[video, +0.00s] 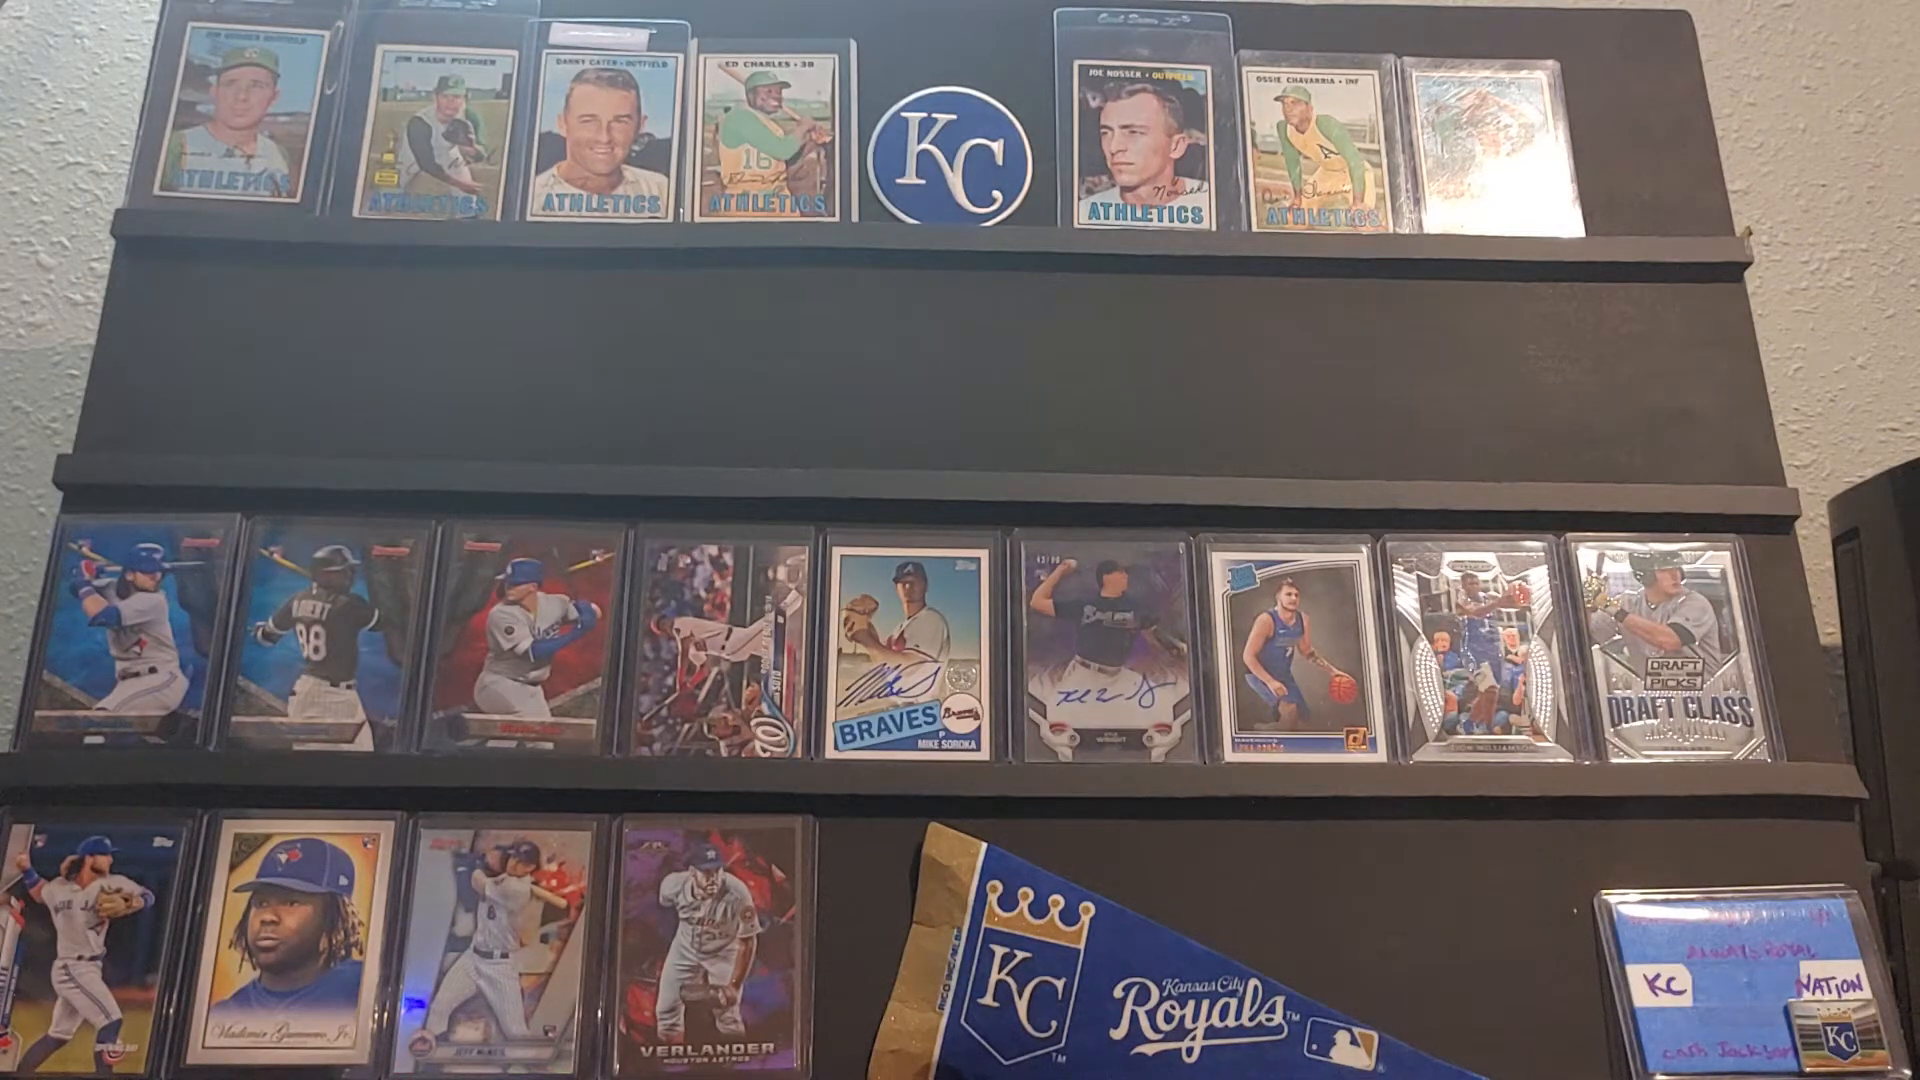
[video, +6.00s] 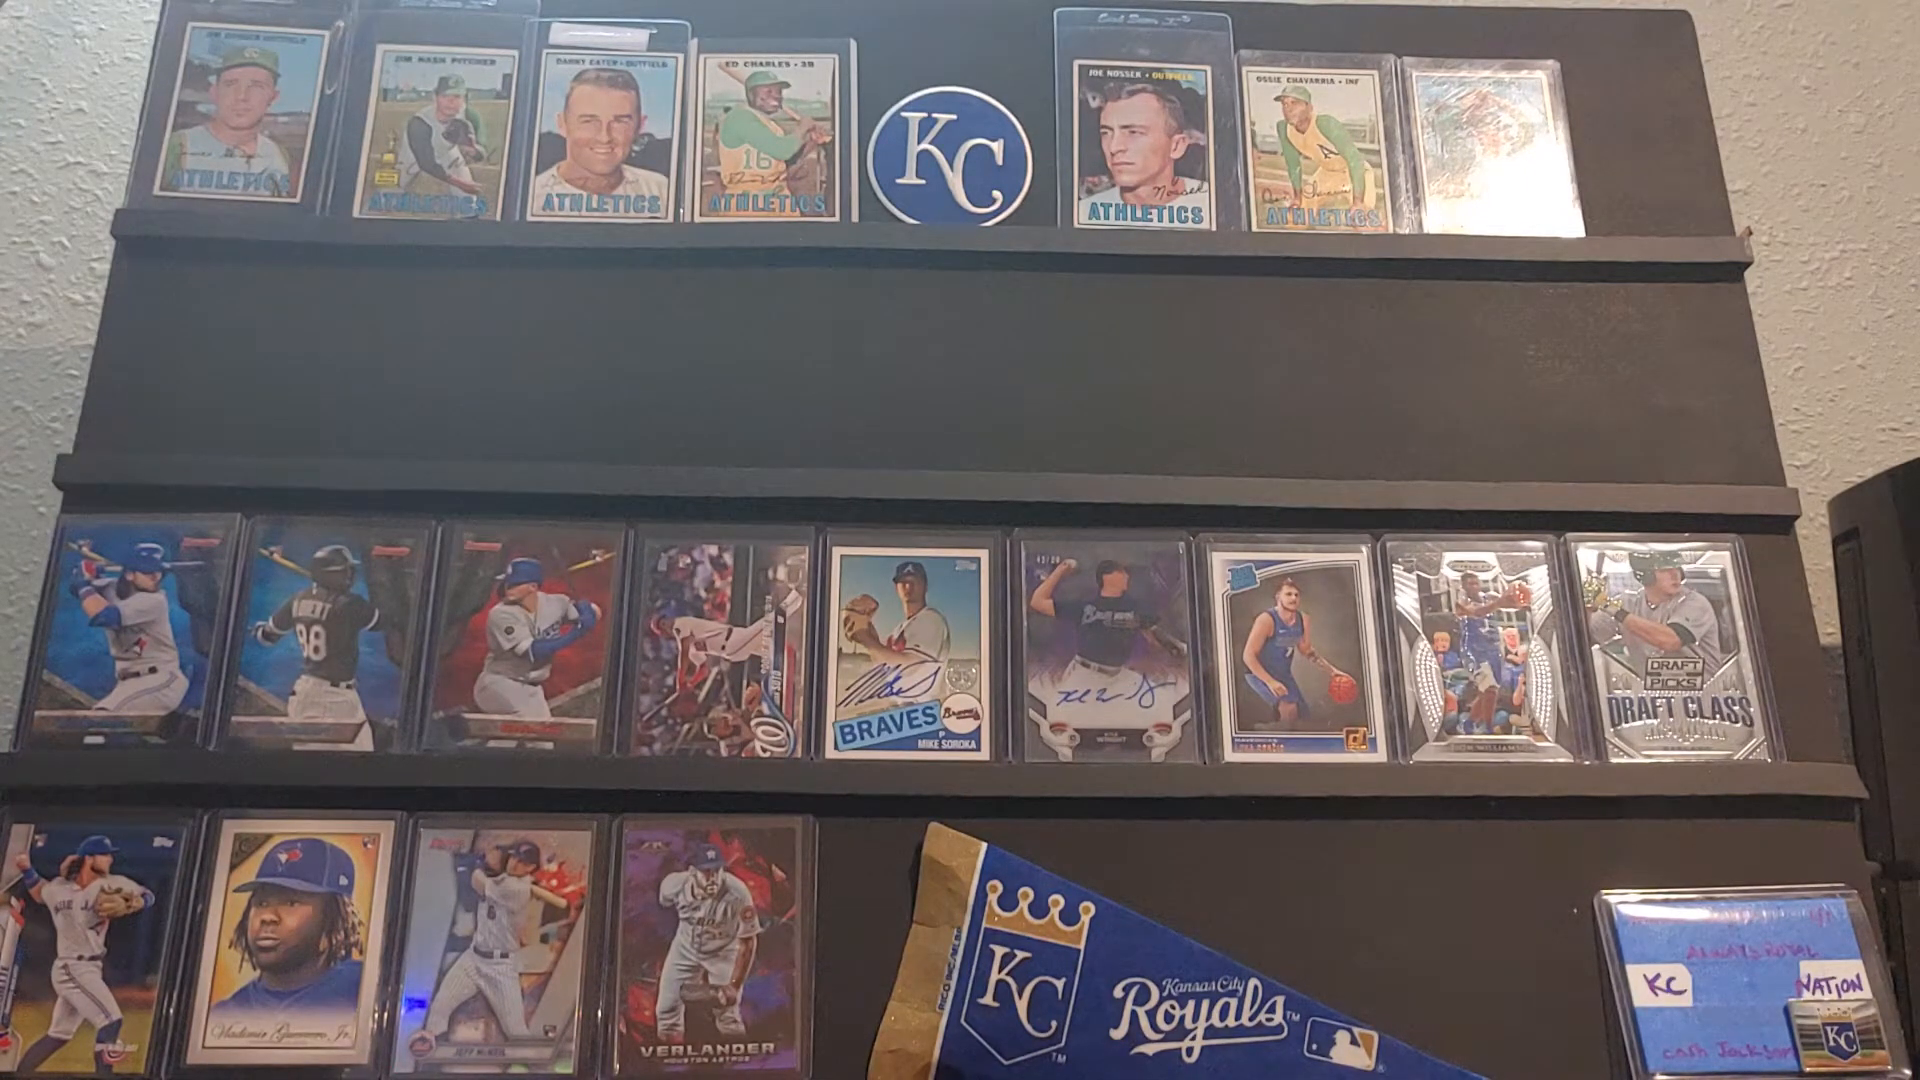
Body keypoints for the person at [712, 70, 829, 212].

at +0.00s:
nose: (777, 97)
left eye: (779, 92)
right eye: (770, 91)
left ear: (782, 93)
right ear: (752, 95)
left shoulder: (773, 126)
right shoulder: (739, 118)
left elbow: (784, 168)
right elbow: (783, 151)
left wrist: (811, 143)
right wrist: (802, 128)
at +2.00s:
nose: (777, 98)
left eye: (779, 93)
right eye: (770, 92)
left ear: (782, 93)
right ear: (753, 96)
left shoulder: (773, 126)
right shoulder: (739, 118)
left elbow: (783, 167)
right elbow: (782, 151)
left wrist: (811, 144)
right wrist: (803, 127)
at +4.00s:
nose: (776, 96)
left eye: (778, 91)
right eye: (768, 92)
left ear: (782, 94)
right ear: (752, 96)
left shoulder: (774, 127)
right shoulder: (739, 118)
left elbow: (786, 162)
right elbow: (783, 151)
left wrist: (811, 142)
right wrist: (803, 128)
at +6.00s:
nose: (776, 97)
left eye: (779, 92)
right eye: (768, 92)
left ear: (782, 94)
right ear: (751, 95)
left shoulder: (775, 128)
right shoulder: (738, 118)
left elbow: (784, 169)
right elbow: (782, 151)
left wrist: (811, 143)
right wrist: (802, 129)